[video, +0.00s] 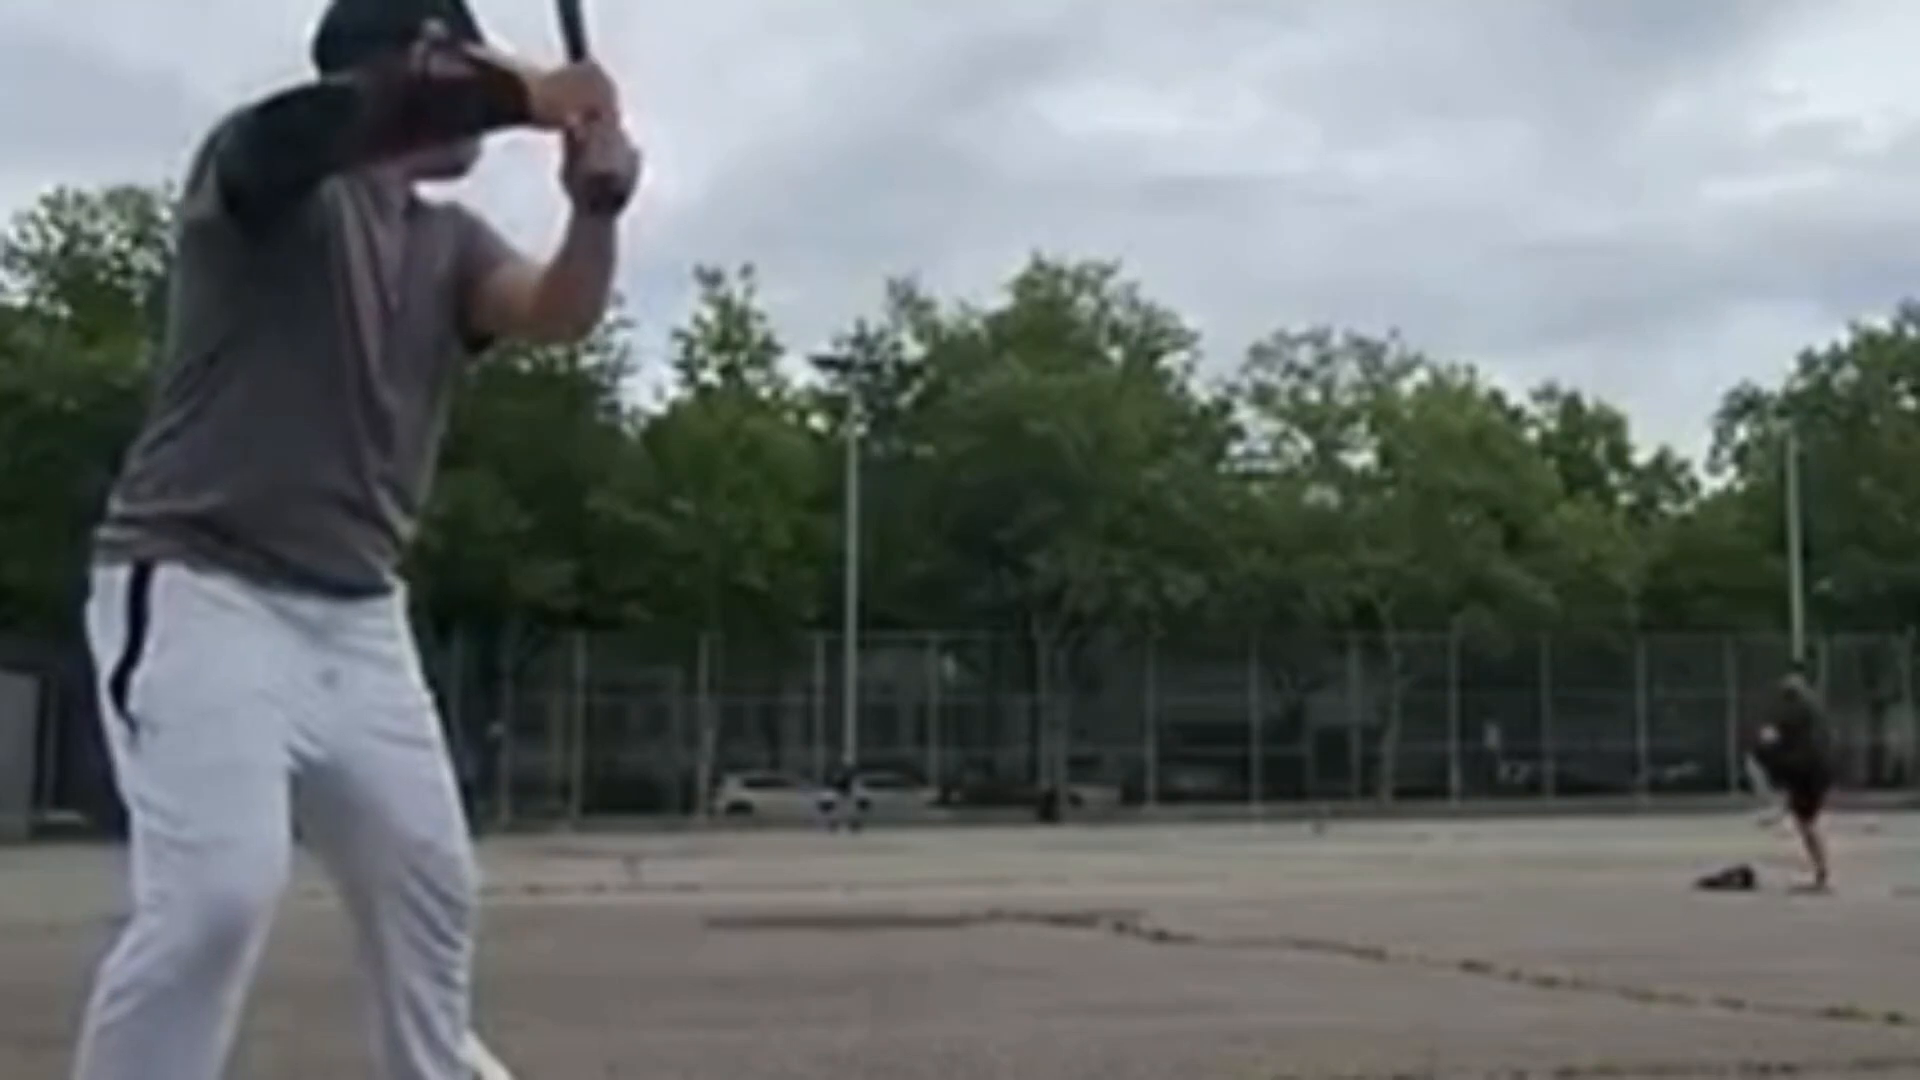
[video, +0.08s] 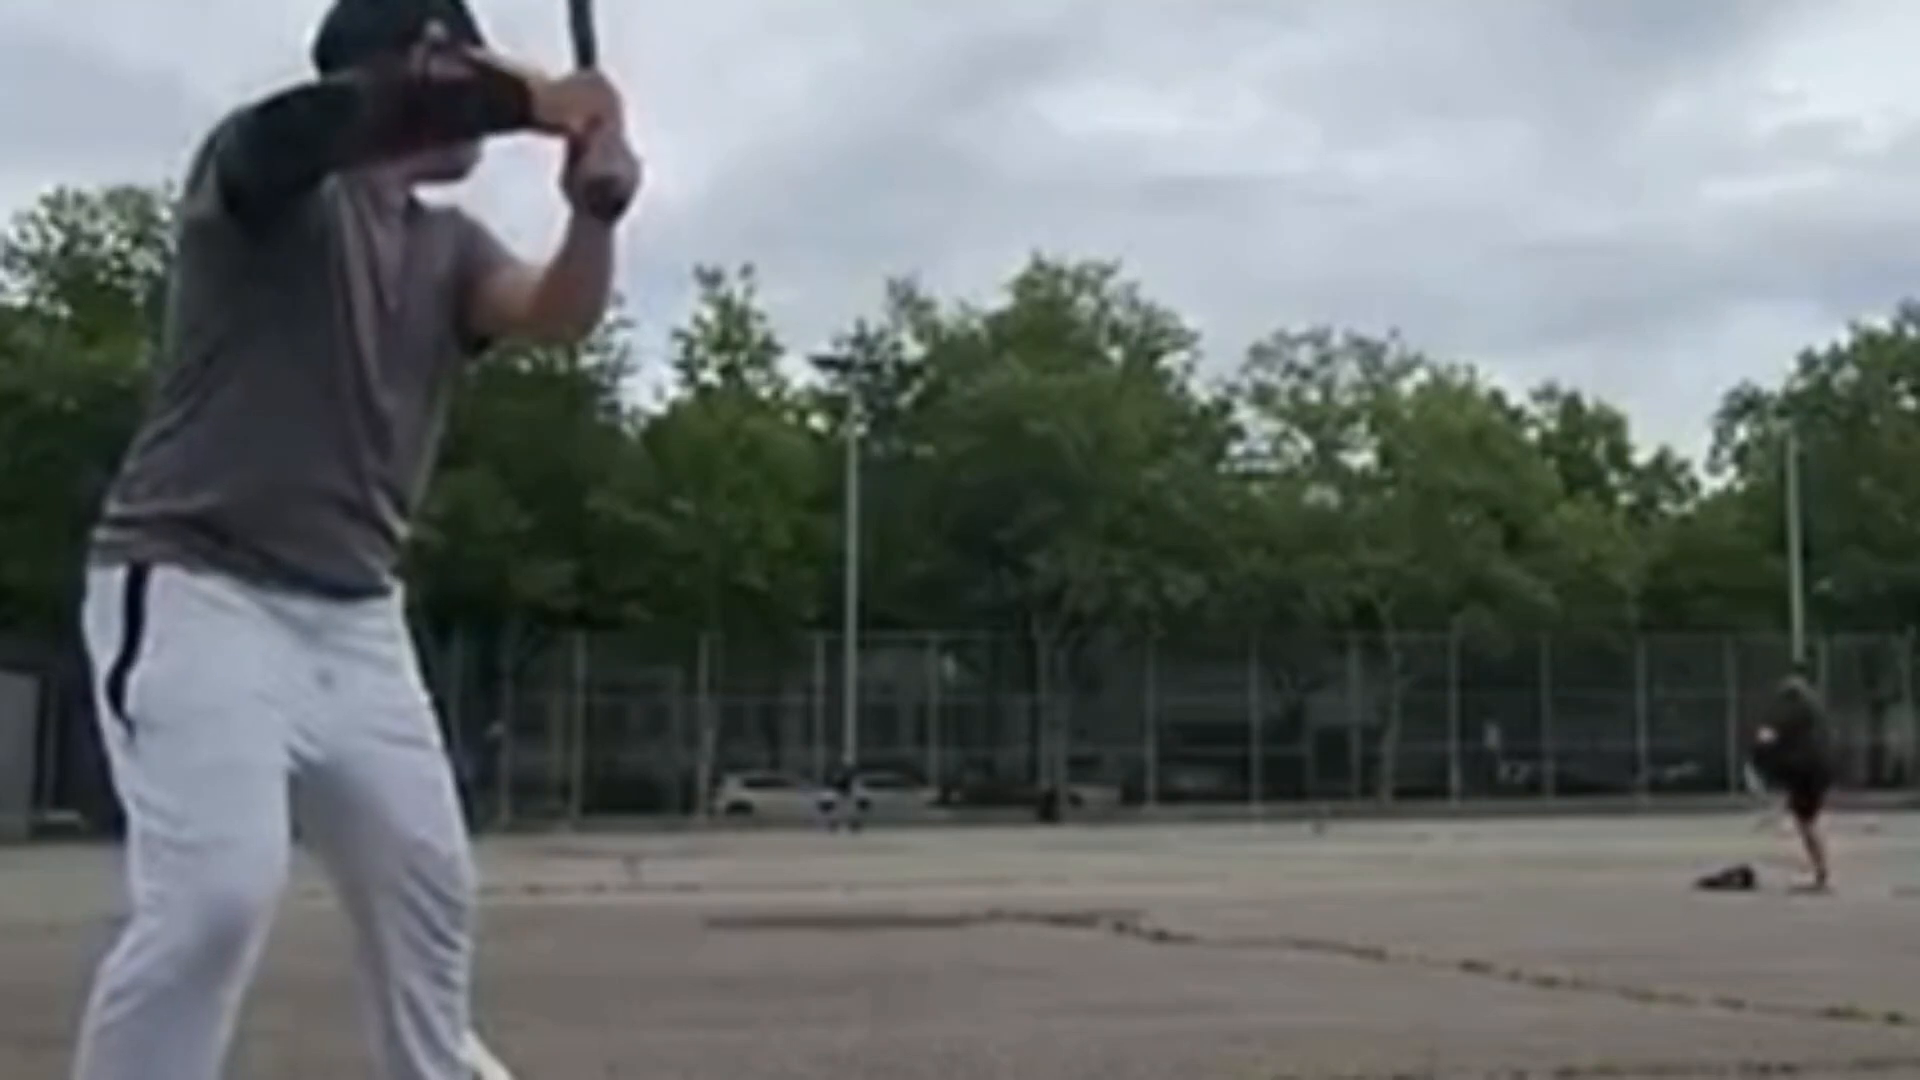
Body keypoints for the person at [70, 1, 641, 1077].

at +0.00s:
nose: (473, 97)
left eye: (478, 75)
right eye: (453, 67)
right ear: (380, 73)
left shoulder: (448, 240)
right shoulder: (255, 174)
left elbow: (560, 312)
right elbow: (322, 125)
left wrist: (594, 209)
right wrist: (526, 93)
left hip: (357, 615)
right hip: (196, 591)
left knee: (430, 878)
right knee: (218, 894)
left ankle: (439, 1064)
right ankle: (127, 1068)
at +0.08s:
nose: (475, 110)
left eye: (480, 86)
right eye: (456, 78)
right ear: (382, 78)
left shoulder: (446, 246)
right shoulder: (256, 180)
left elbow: (557, 314)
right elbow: (313, 127)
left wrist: (592, 215)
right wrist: (527, 99)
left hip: (355, 615)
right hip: (194, 592)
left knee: (428, 878)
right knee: (218, 894)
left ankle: (440, 1069)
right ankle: (127, 1073)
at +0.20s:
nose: (476, 113)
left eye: (480, 89)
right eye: (457, 81)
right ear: (384, 79)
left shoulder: (446, 247)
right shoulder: (255, 177)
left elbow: (555, 317)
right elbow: (348, 113)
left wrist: (592, 218)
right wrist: (538, 102)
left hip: (353, 616)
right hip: (192, 592)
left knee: (427, 879)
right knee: (215, 894)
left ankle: (439, 1069)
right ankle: (126, 1072)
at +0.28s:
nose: (477, 110)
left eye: (482, 85)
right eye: (458, 78)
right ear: (384, 79)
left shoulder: (448, 246)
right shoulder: (256, 177)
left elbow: (555, 317)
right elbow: (346, 113)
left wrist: (591, 217)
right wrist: (536, 99)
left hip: (353, 613)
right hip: (191, 590)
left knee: (431, 877)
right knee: (215, 892)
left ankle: (441, 1069)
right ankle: (125, 1072)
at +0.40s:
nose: (481, 107)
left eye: (487, 82)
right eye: (455, 78)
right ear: (386, 90)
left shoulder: (455, 255)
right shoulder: (259, 189)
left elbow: (559, 324)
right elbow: (330, 146)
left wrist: (584, 228)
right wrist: (513, 106)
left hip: (357, 620)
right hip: (194, 597)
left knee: (442, 875)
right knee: (221, 892)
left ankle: (446, 1065)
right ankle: (122, 1068)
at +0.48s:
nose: (481, 114)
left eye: (484, 90)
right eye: (457, 84)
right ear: (395, 97)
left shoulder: (457, 266)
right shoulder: (262, 197)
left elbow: (559, 336)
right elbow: (353, 155)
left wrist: (570, 244)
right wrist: (502, 123)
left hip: (357, 633)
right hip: (189, 612)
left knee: (452, 882)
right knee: (230, 902)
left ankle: (449, 1066)